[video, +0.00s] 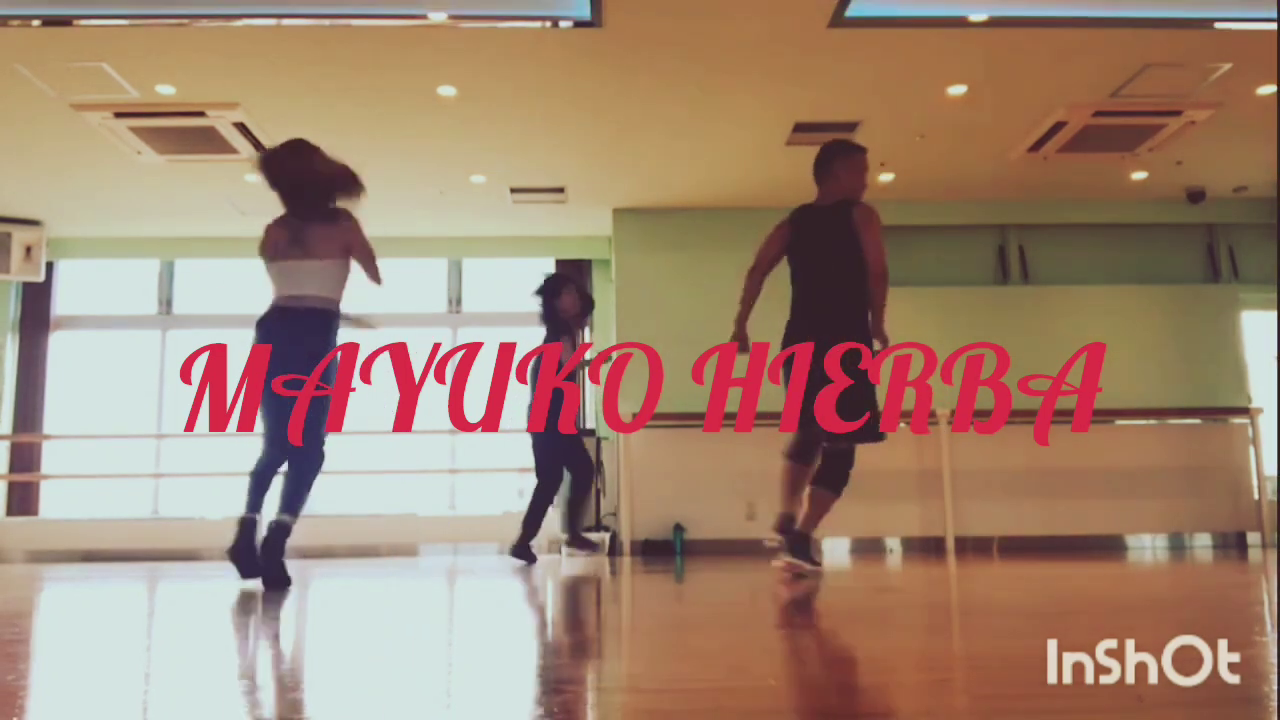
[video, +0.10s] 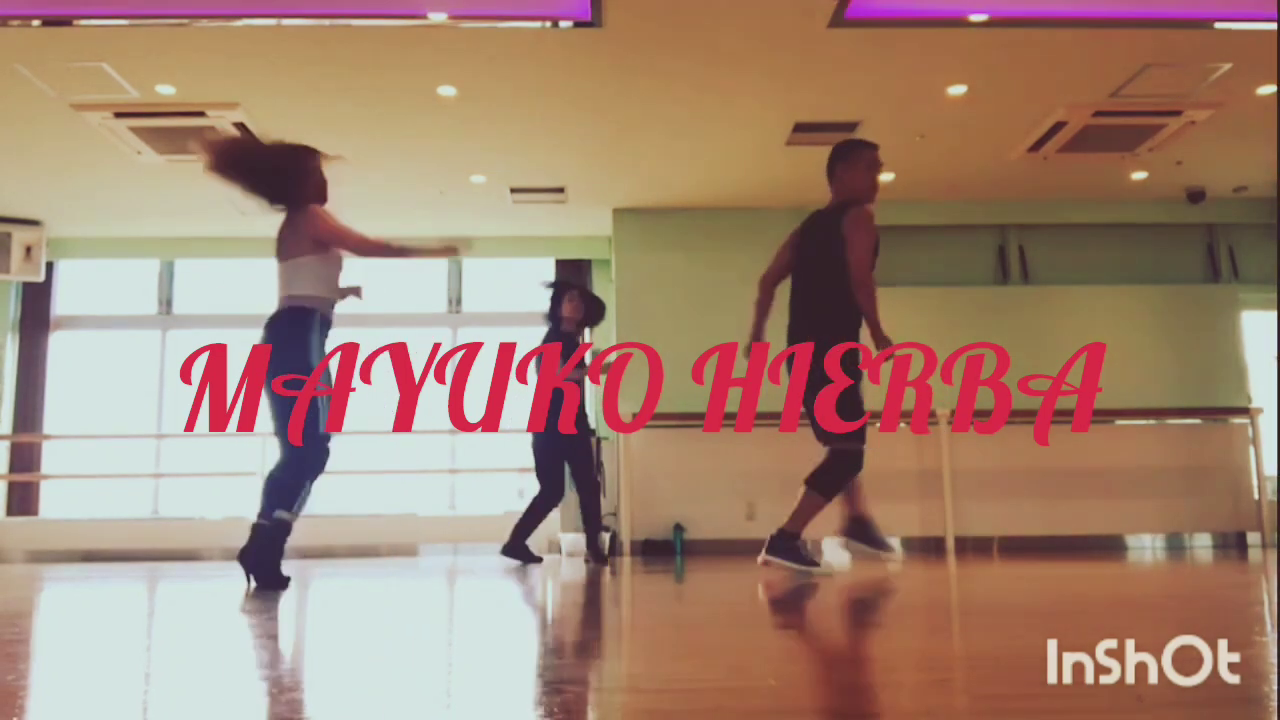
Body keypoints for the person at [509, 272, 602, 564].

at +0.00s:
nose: (571, 301)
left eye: (573, 295)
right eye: (564, 296)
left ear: (580, 302)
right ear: (552, 303)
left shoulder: (568, 335)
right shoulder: (557, 337)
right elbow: (551, 380)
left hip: (560, 422)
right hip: (549, 423)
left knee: (584, 471)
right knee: (549, 481)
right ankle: (522, 542)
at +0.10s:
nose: (570, 305)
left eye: (576, 301)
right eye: (566, 301)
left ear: (585, 311)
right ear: (557, 308)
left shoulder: (578, 344)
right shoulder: (553, 340)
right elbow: (550, 375)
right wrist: (582, 369)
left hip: (575, 425)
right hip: (549, 425)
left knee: (589, 487)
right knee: (552, 491)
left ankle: (594, 547)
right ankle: (516, 542)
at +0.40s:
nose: (567, 298)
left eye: (573, 294)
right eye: (563, 294)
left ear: (584, 301)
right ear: (556, 301)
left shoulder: (597, 338)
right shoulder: (547, 339)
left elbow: (620, 365)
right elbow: (523, 374)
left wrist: (642, 349)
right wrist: (529, 360)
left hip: (580, 424)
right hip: (546, 422)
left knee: (582, 487)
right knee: (526, 476)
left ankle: (592, 546)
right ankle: (535, 537)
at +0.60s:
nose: (561, 301)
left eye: (567, 297)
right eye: (557, 297)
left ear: (576, 304)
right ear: (548, 304)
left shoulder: (585, 342)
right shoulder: (542, 343)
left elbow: (593, 379)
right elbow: (520, 374)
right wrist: (491, 374)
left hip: (572, 422)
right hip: (540, 421)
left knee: (575, 485)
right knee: (527, 483)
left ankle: (590, 544)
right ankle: (532, 548)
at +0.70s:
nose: (558, 300)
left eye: (564, 296)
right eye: (554, 295)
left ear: (571, 303)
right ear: (545, 303)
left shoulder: (582, 340)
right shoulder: (535, 341)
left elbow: (583, 378)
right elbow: (521, 374)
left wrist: (563, 392)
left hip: (568, 419)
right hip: (535, 418)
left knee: (571, 482)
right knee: (526, 482)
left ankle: (583, 543)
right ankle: (532, 548)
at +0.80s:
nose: (555, 298)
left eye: (561, 294)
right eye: (551, 293)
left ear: (569, 301)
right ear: (542, 301)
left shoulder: (581, 338)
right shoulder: (530, 340)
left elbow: (584, 377)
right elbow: (521, 375)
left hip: (568, 417)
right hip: (535, 416)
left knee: (572, 478)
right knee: (527, 481)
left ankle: (568, 541)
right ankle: (532, 547)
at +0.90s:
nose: (553, 296)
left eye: (559, 292)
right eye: (548, 292)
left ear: (567, 300)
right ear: (540, 300)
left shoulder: (580, 336)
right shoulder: (529, 339)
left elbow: (587, 376)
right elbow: (520, 375)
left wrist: (582, 361)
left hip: (569, 415)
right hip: (536, 414)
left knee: (572, 479)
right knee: (528, 481)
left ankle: (563, 543)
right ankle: (532, 547)